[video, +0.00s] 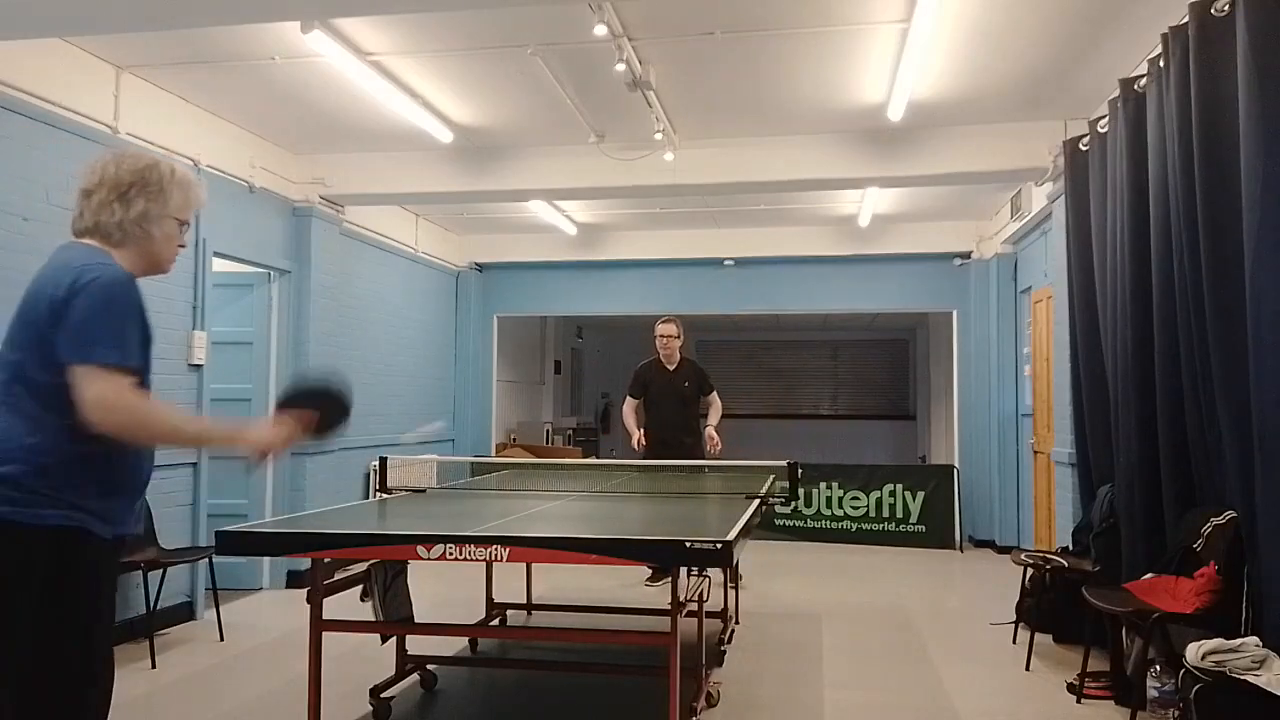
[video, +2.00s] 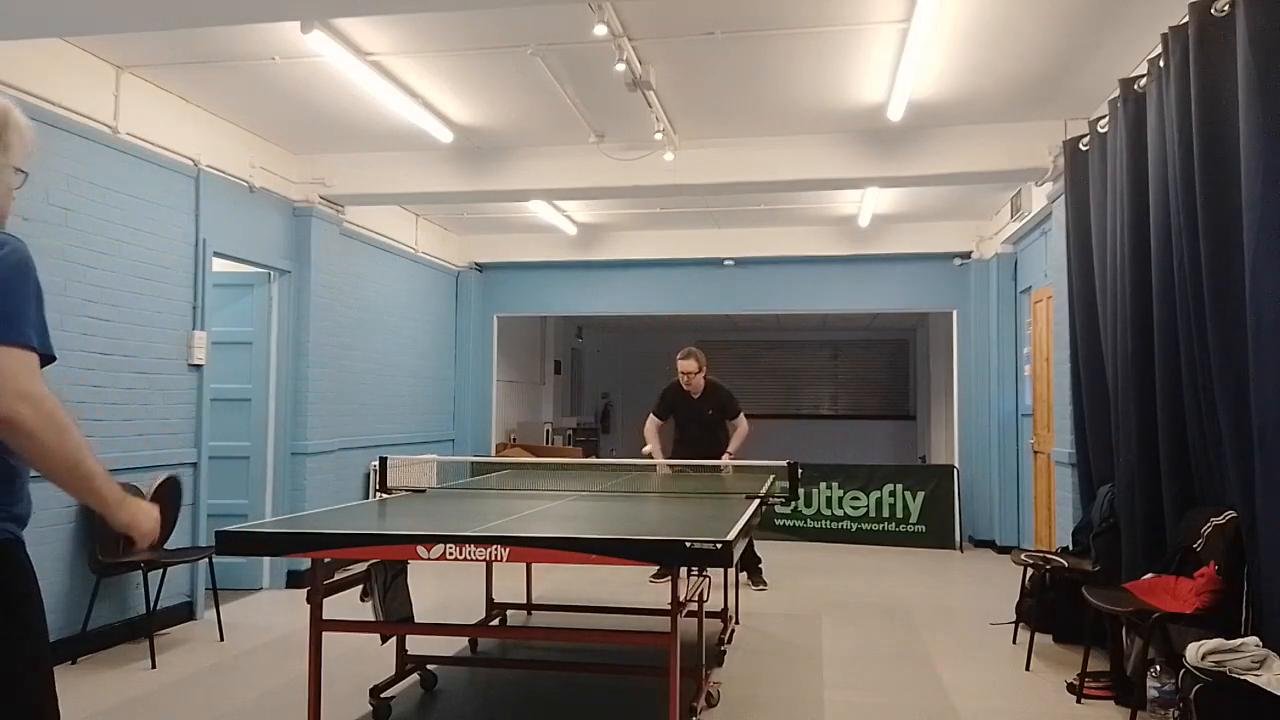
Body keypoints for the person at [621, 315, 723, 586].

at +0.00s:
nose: (664, 341)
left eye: (670, 337)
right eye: (660, 337)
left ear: (680, 340)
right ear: (654, 340)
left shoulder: (694, 370)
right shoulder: (644, 371)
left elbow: (715, 403)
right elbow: (629, 406)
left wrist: (710, 427)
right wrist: (634, 430)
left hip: (689, 456)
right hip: (655, 456)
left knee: (693, 508)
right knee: (654, 510)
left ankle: (695, 564)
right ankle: (660, 565)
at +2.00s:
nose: (686, 379)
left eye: (691, 373)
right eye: (682, 373)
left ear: (703, 370)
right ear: (677, 372)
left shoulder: (719, 393)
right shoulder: (672, 393)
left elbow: (742, 427)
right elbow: (650, 427)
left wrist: (729, 454)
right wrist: (660, 461)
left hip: (716, 468)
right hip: (681, 468)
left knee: (733, 515)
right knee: (669, 512)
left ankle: (753, 568)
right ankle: (669, 562)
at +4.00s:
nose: (710, 344)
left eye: (716, 339)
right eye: (706, 339)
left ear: (728, 342)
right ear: (702, 341)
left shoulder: (742, 375)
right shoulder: (692, 362)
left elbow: (755, 411)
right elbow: (663, 353)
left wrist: (747, 434)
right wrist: (650, 340)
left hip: (728, 456)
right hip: (692, 453)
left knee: (738, 513)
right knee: (678, 508)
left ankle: (748, 572)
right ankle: (677, 561)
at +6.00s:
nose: (527, 383)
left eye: (529, 377)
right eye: (525, 379)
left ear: (547, 369)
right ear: (547, 370)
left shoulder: (569, 385)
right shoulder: (565, 380)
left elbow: (554, 440)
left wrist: (509, 457)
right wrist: (551, 437)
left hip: (615, 458)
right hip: (603, 458)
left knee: (589, 523)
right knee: (598, 523)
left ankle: (579, 589)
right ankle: (660, 559)